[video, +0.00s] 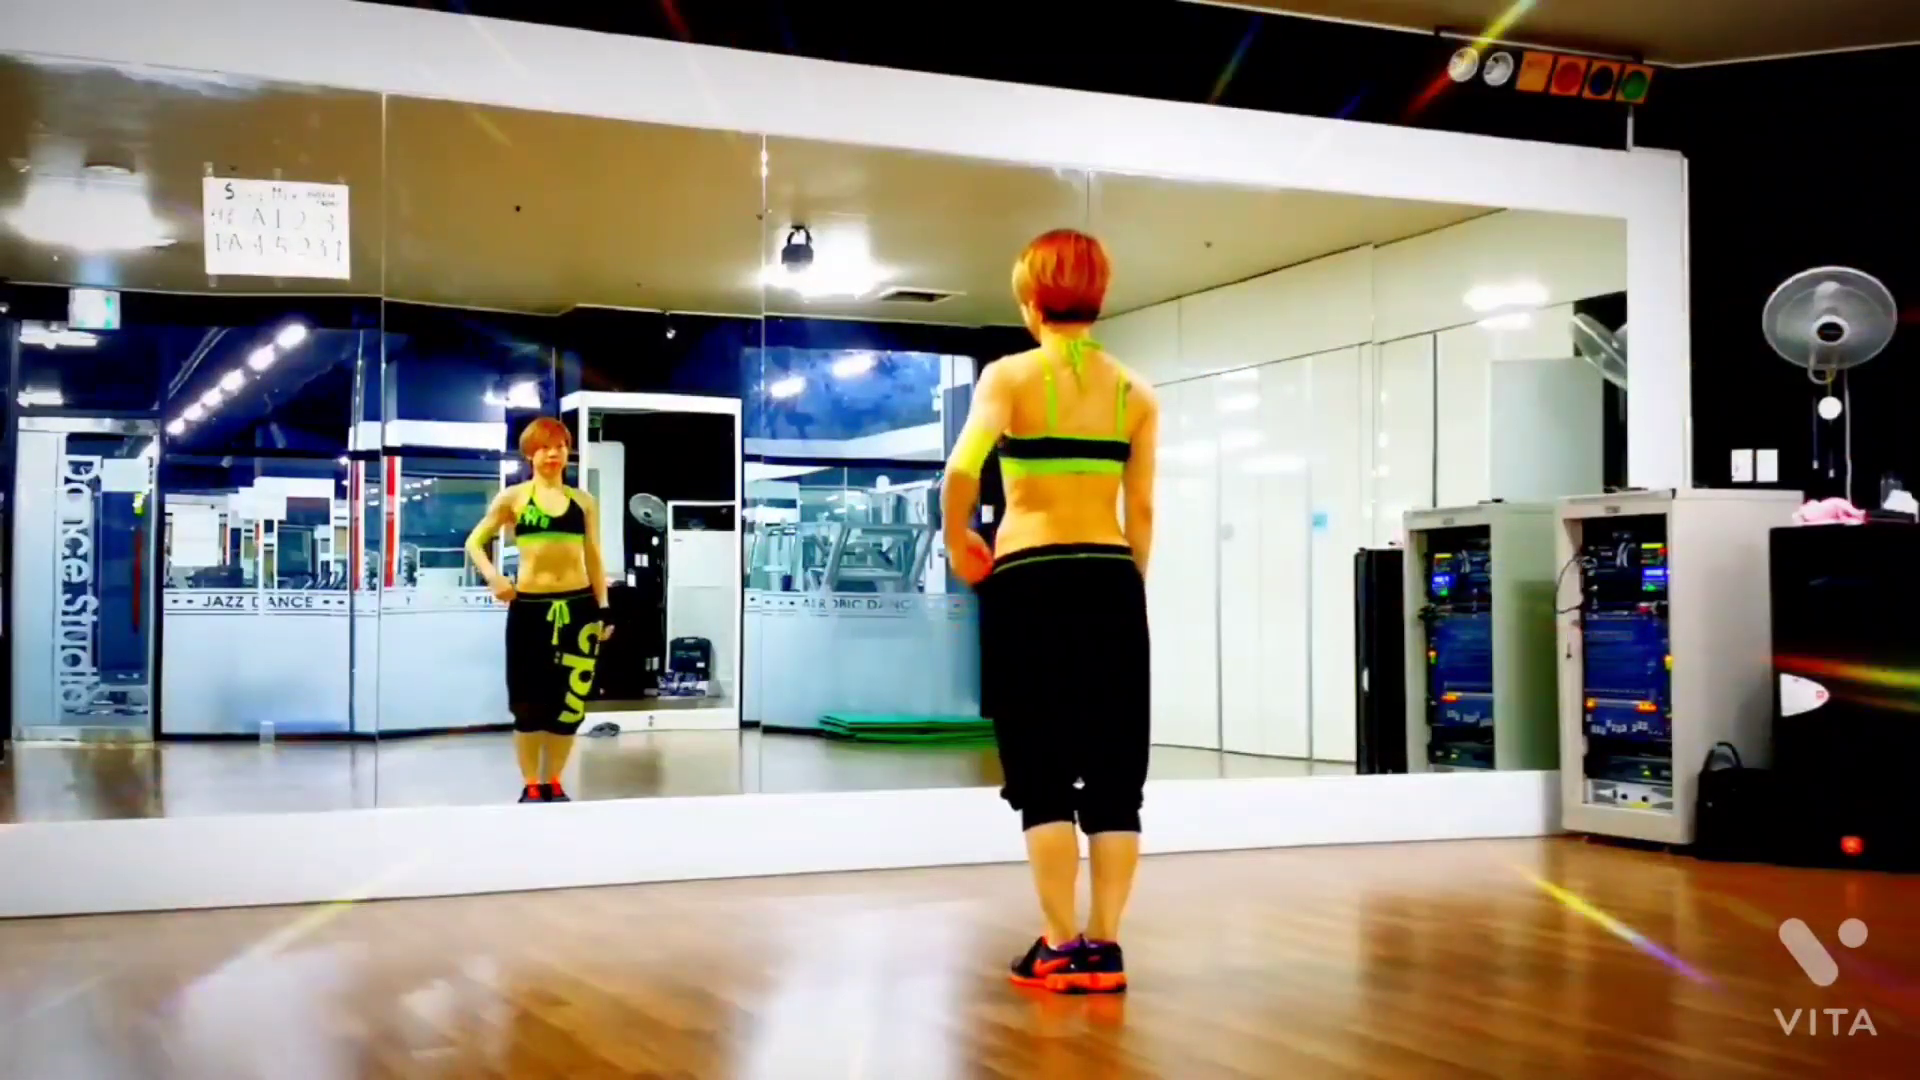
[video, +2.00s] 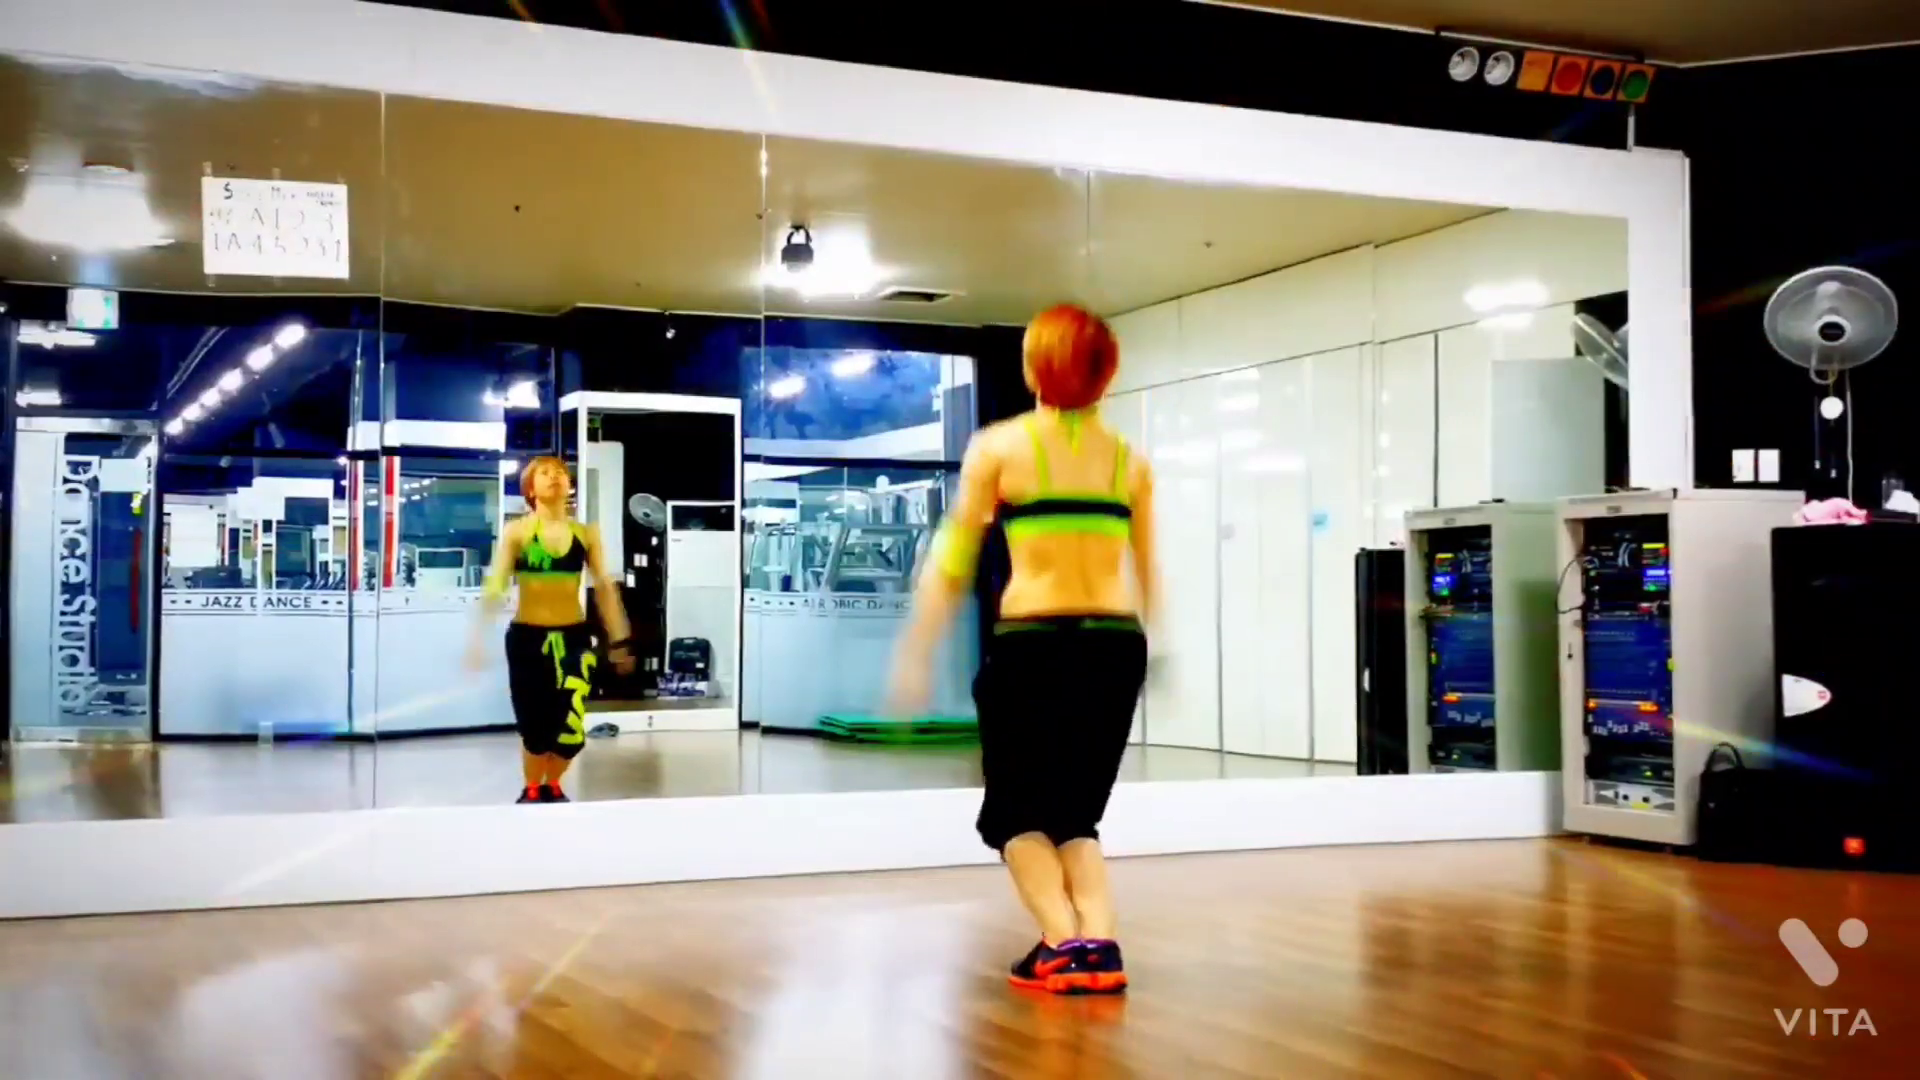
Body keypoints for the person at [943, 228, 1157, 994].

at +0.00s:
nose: (1023, 304)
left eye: (1024, 293)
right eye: (1036, 292)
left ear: (1029, 299)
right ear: (1099, 298)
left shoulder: (1006, 377)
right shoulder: (1134, 391)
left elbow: (962, 473)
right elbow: (1140, 505)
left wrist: (961, 548)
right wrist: (1131, 577)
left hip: (1027, 587)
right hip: (1111, 585)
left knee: (1039, 765)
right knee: (1116, 766)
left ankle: (1061, 940)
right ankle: (1104, 945)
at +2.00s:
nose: (1040, 373)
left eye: (1038, 361)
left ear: (1033, 371)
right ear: (1106, 375)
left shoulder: (998, 447)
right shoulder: (1128, 460)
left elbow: (953, 563)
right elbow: (1146, 569)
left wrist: (917, 654)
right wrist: (1143, 637)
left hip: (1030, 645)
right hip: (1114, 646)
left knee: (1014, 808)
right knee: (1075, 809)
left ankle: (1061, 941)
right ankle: (1101, 944)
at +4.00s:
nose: (1016, 300)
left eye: (1018, 291)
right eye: (1020, 292)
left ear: (1026, 298)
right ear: (1093, 298)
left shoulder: (1008, 364)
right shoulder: (1122, 373)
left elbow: (912, 353)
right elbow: (1234, 374)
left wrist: (826, 358)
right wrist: (1327, 381)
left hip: (1021, 580)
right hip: (1103, 577)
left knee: (1038, 765)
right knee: (1112, 766)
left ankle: (1063, 945)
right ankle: (1103, 947)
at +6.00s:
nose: (1033, 367)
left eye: (1035, 356)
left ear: (1037, 366)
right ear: (1109, 366)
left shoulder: (1008, 449)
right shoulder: (1137, 457)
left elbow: (994, 554)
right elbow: (1111, 539)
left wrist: (1006, 482)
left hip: (1035, 645)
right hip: (1119, 645)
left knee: (1014, 809)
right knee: (1078, 812)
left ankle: (1060, 940)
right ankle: (1097, 941)